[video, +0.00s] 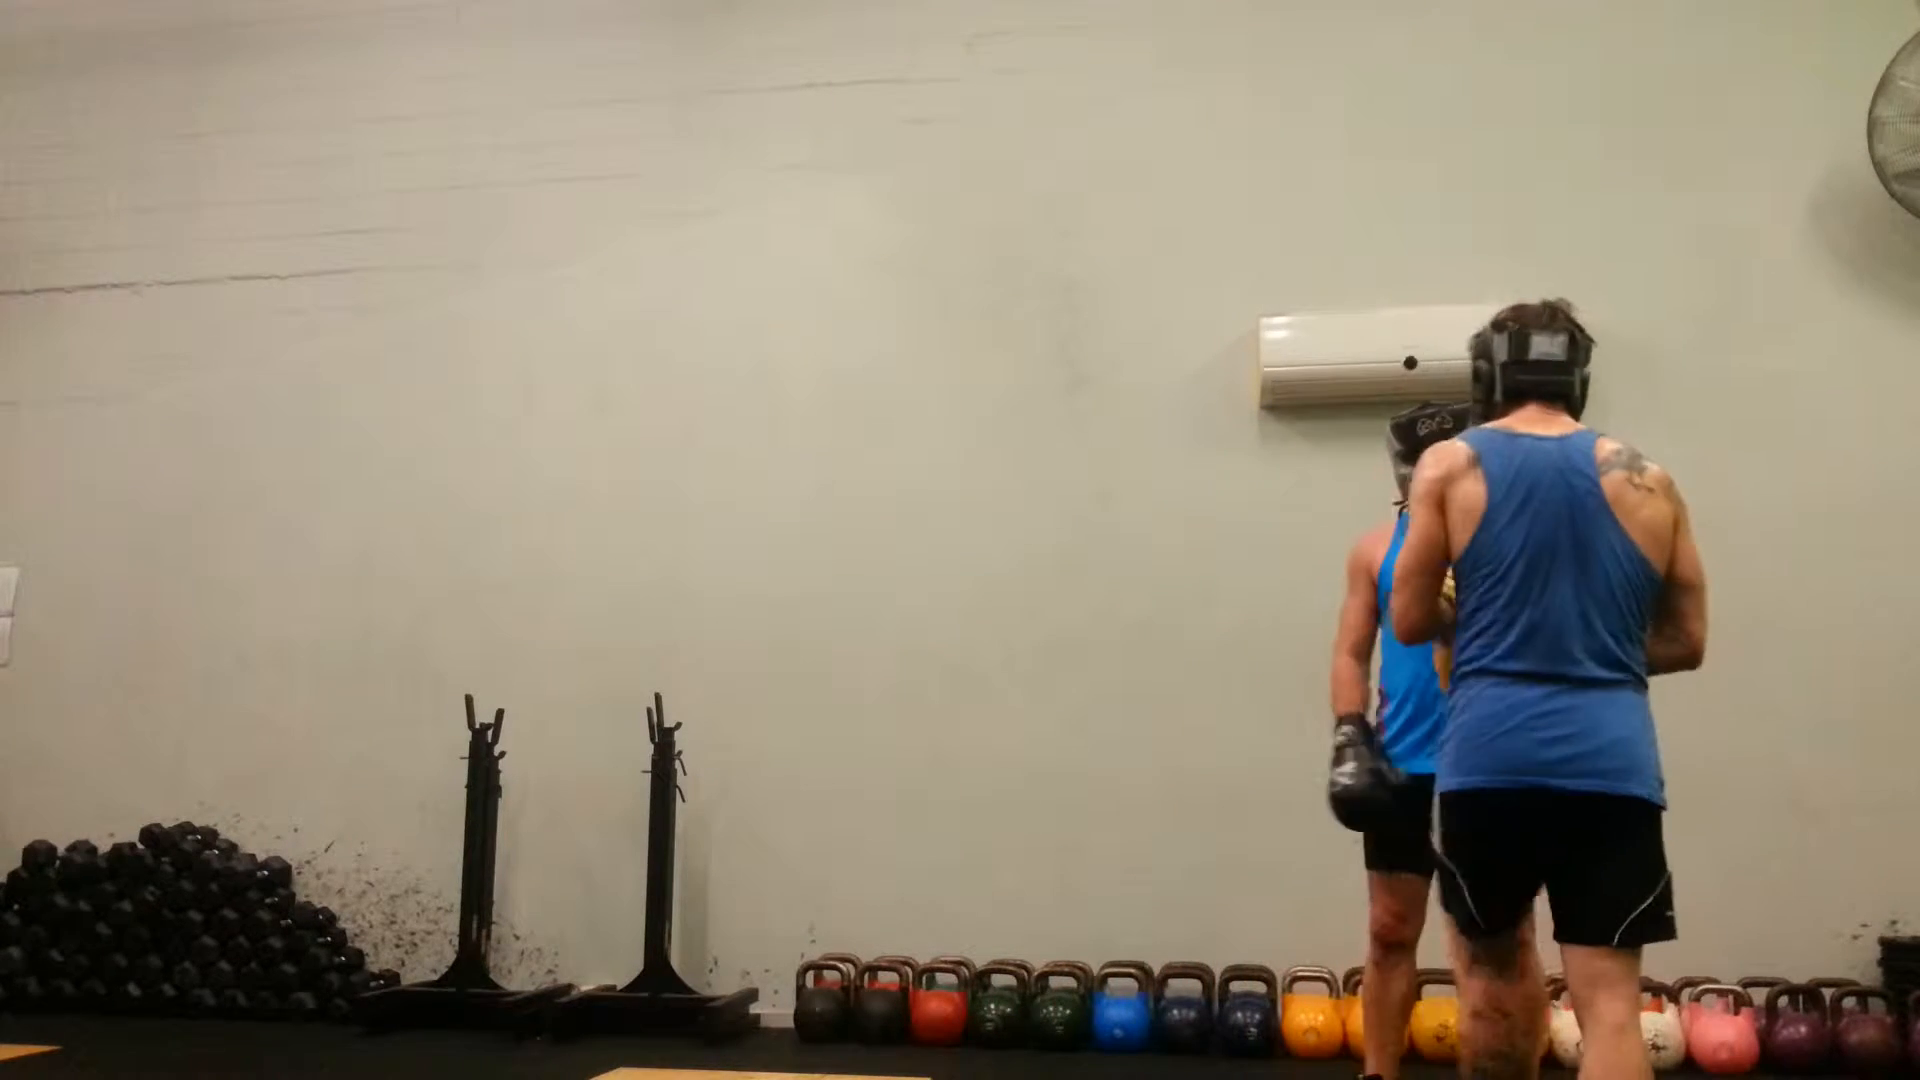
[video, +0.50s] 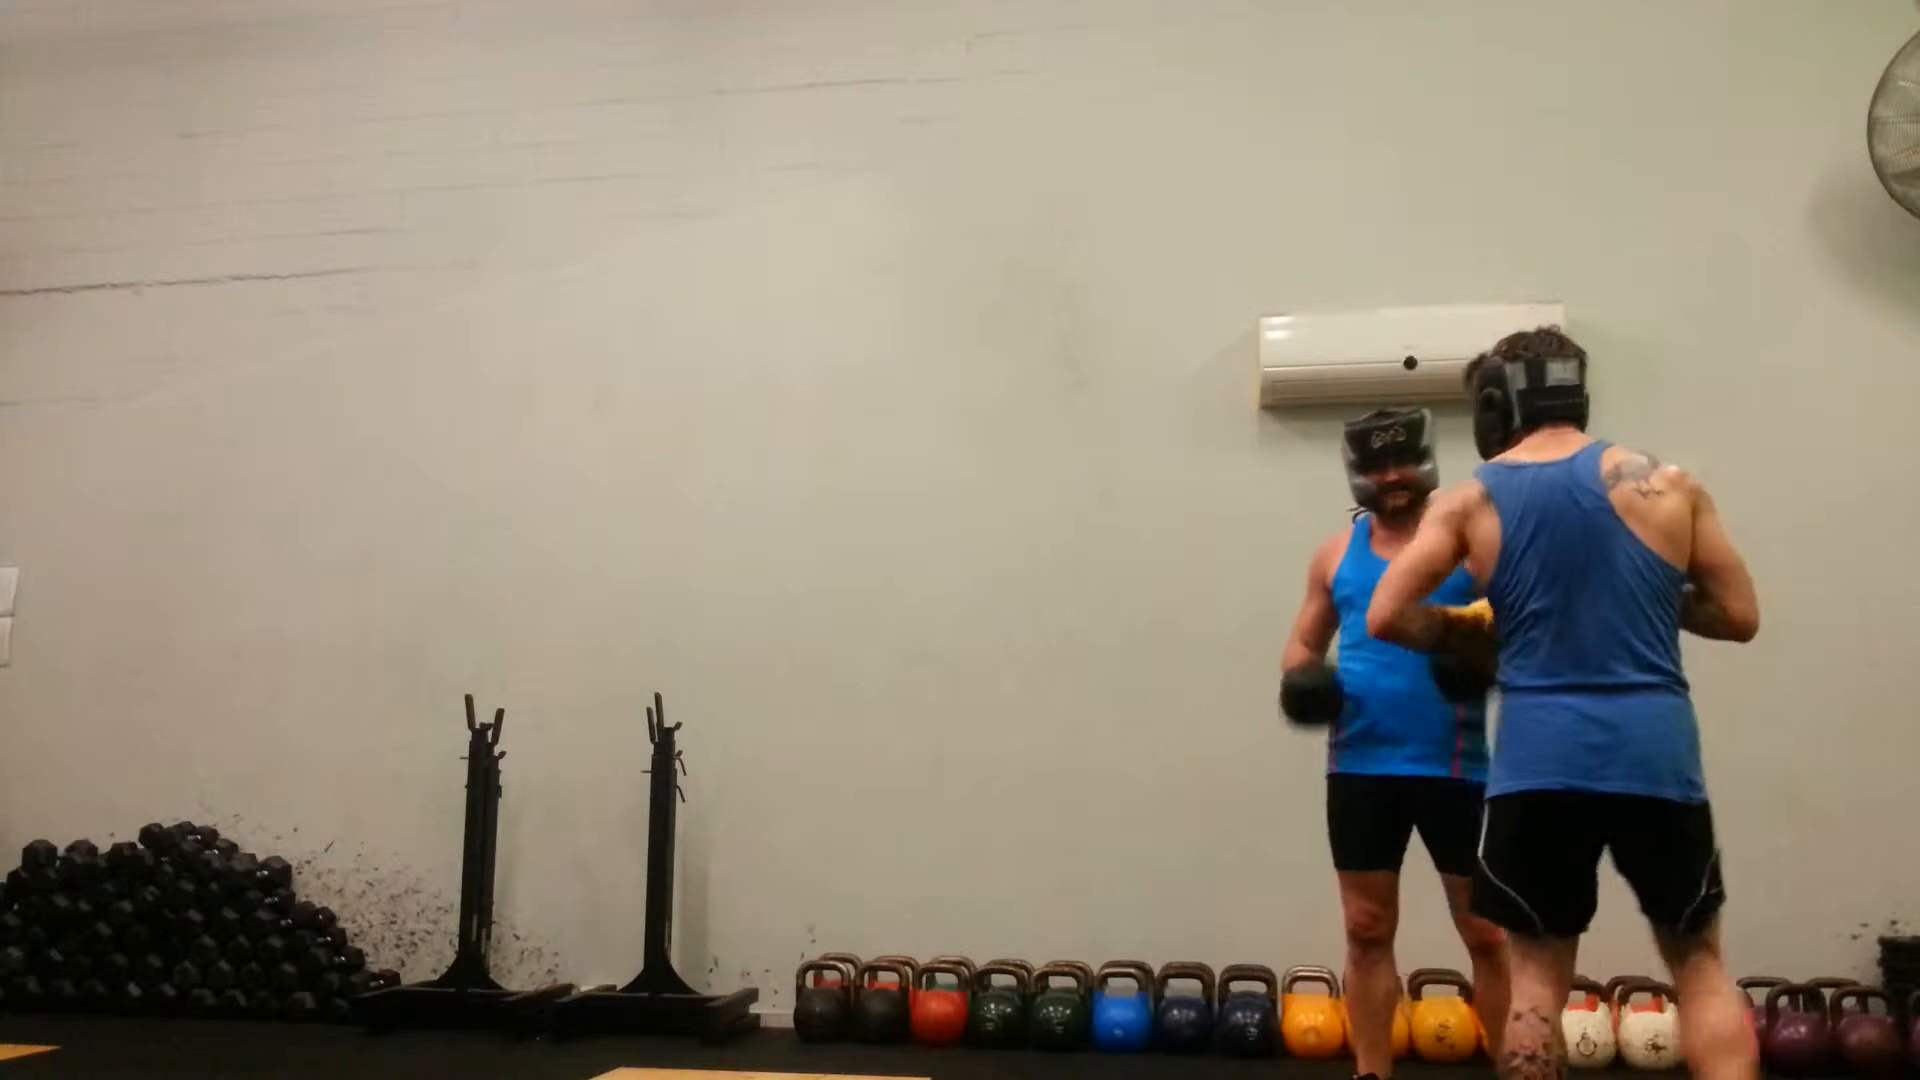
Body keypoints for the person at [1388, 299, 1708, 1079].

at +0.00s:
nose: (1485, 385)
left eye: (1485, 372)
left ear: (1491, 377)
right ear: (1578, 378)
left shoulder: (1449, 465)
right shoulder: (1649, 479)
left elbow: (1410, 620)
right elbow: (1684, 644)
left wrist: (1480, 613)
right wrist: (1580, 641)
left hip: (1486, 767)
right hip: (1612, 767)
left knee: (1492, 994)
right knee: (1610, 1006)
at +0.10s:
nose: (1486, 394)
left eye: (1486, 382)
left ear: (1493, 385)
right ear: (1580, 386)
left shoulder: (1453, 475)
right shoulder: (1650, 487)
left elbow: (1406, 626)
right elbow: (1690, 648)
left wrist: (1472, 615)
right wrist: (1590, 644)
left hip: (1496, 774)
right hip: (1618, 773)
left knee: (1512, 992)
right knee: (1613, 1007)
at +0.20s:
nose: (1475, 404)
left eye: (1477, 392)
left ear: (1486, 395)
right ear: (1575, 394)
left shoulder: (1450, 488)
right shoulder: (1651, 486)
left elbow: (1401, 636)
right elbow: (1704, 635)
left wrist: (1483, 632)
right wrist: (1604, 636)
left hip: (1500, 776)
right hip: (1620, 776)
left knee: (1516, 999)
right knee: (1615, 1002)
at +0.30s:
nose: (1466, 413)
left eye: (1470, 401)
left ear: (1481, 403)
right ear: (1569, 397)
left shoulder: (1449, 497)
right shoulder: (1650, 480)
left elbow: (1401, 640)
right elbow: (1710, 619)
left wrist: (1463, 671)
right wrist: (1611, 612)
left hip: (1508, 773)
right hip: (1629, 773)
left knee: (1522, 980)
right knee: (1640, 984)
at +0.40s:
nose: (1465, 422)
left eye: (1468, 410)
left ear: (1481, 411)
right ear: (1569, 403)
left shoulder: (1455, 501)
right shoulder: (1653, 479)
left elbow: (1393, 634)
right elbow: (1721, 614)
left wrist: (1456, 658)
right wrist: (1624, 600)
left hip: (1519, 772)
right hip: (1643, 771)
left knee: (1530, 969)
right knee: (1668, 969)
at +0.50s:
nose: (1476, 423)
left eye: (1481, 411)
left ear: (1497, 412)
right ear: (1581, 405)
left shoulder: (1471, 499)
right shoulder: (1668, 483)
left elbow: (1390, 615)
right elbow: (1738, 615)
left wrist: (1471, 631)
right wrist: (1642, 589)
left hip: (1536, 775)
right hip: (1659, 772)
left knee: (1537, 970)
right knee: (1697, 959)